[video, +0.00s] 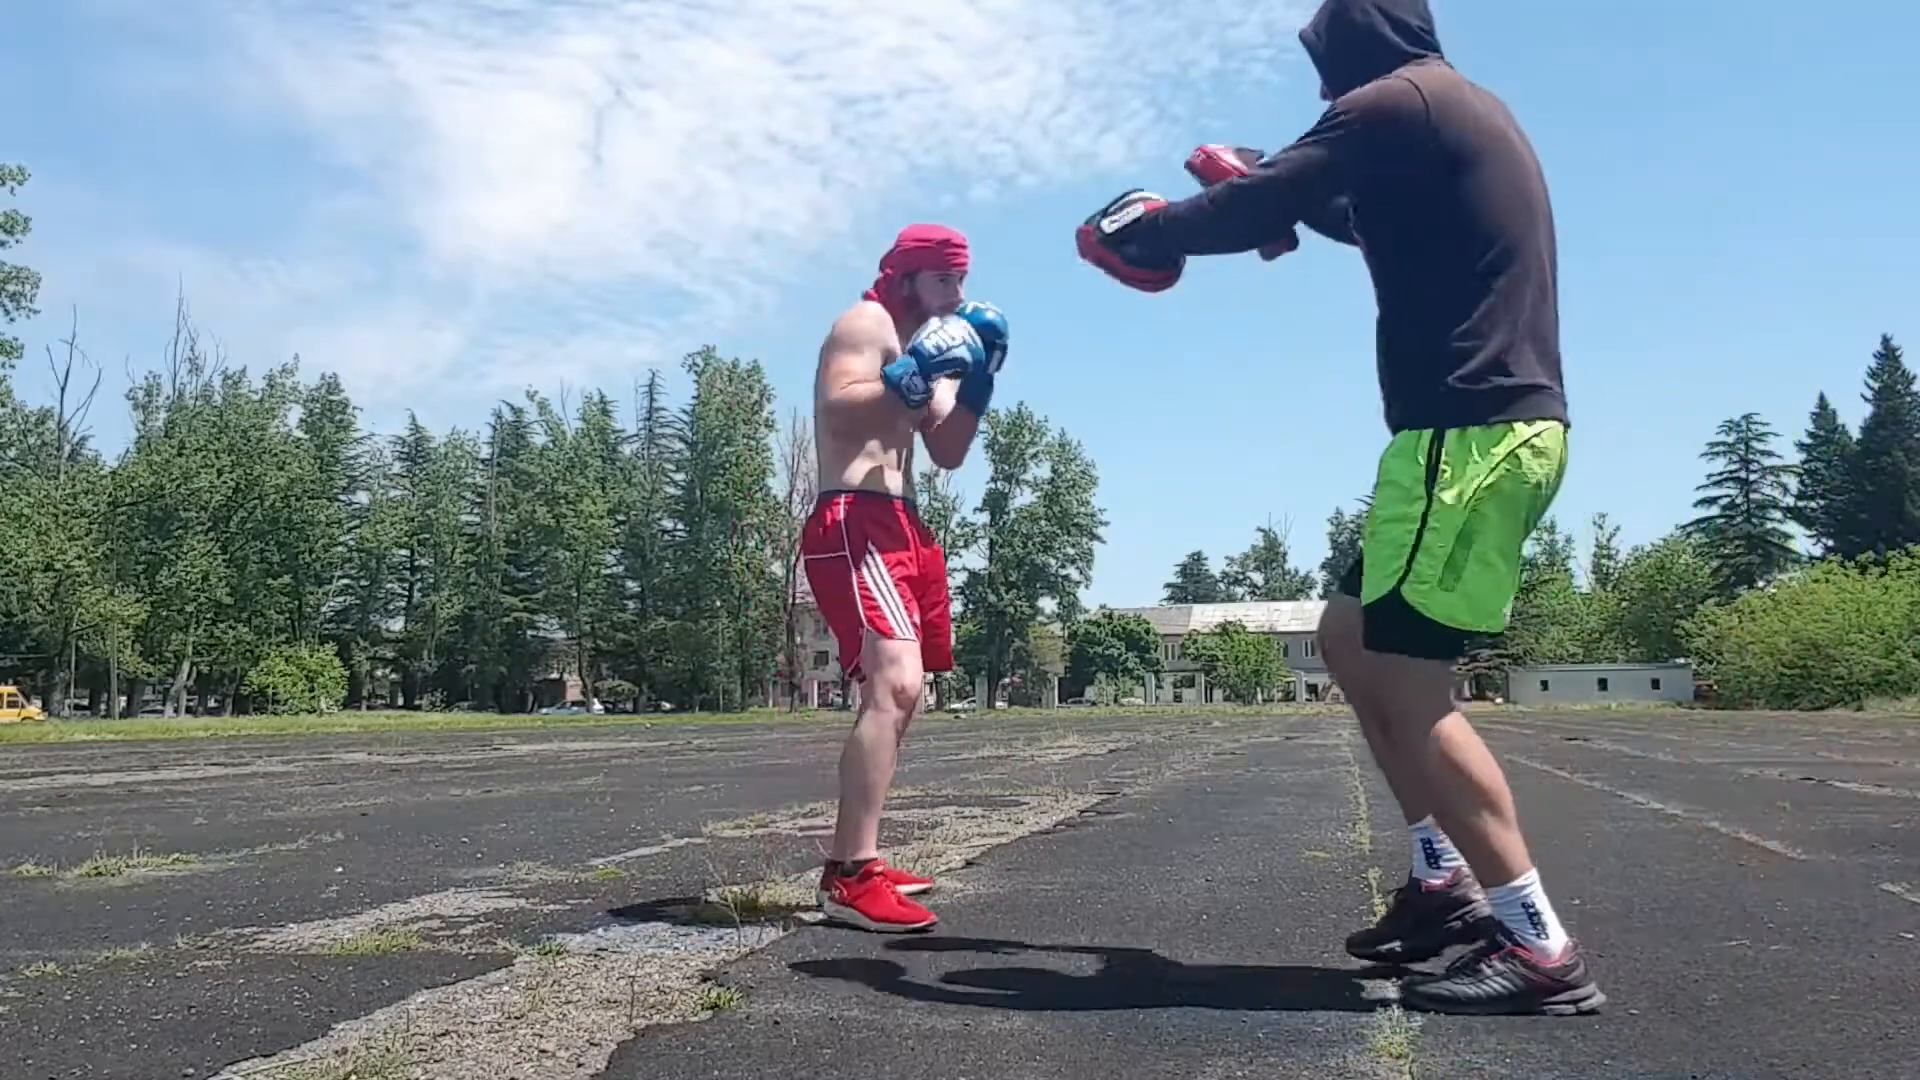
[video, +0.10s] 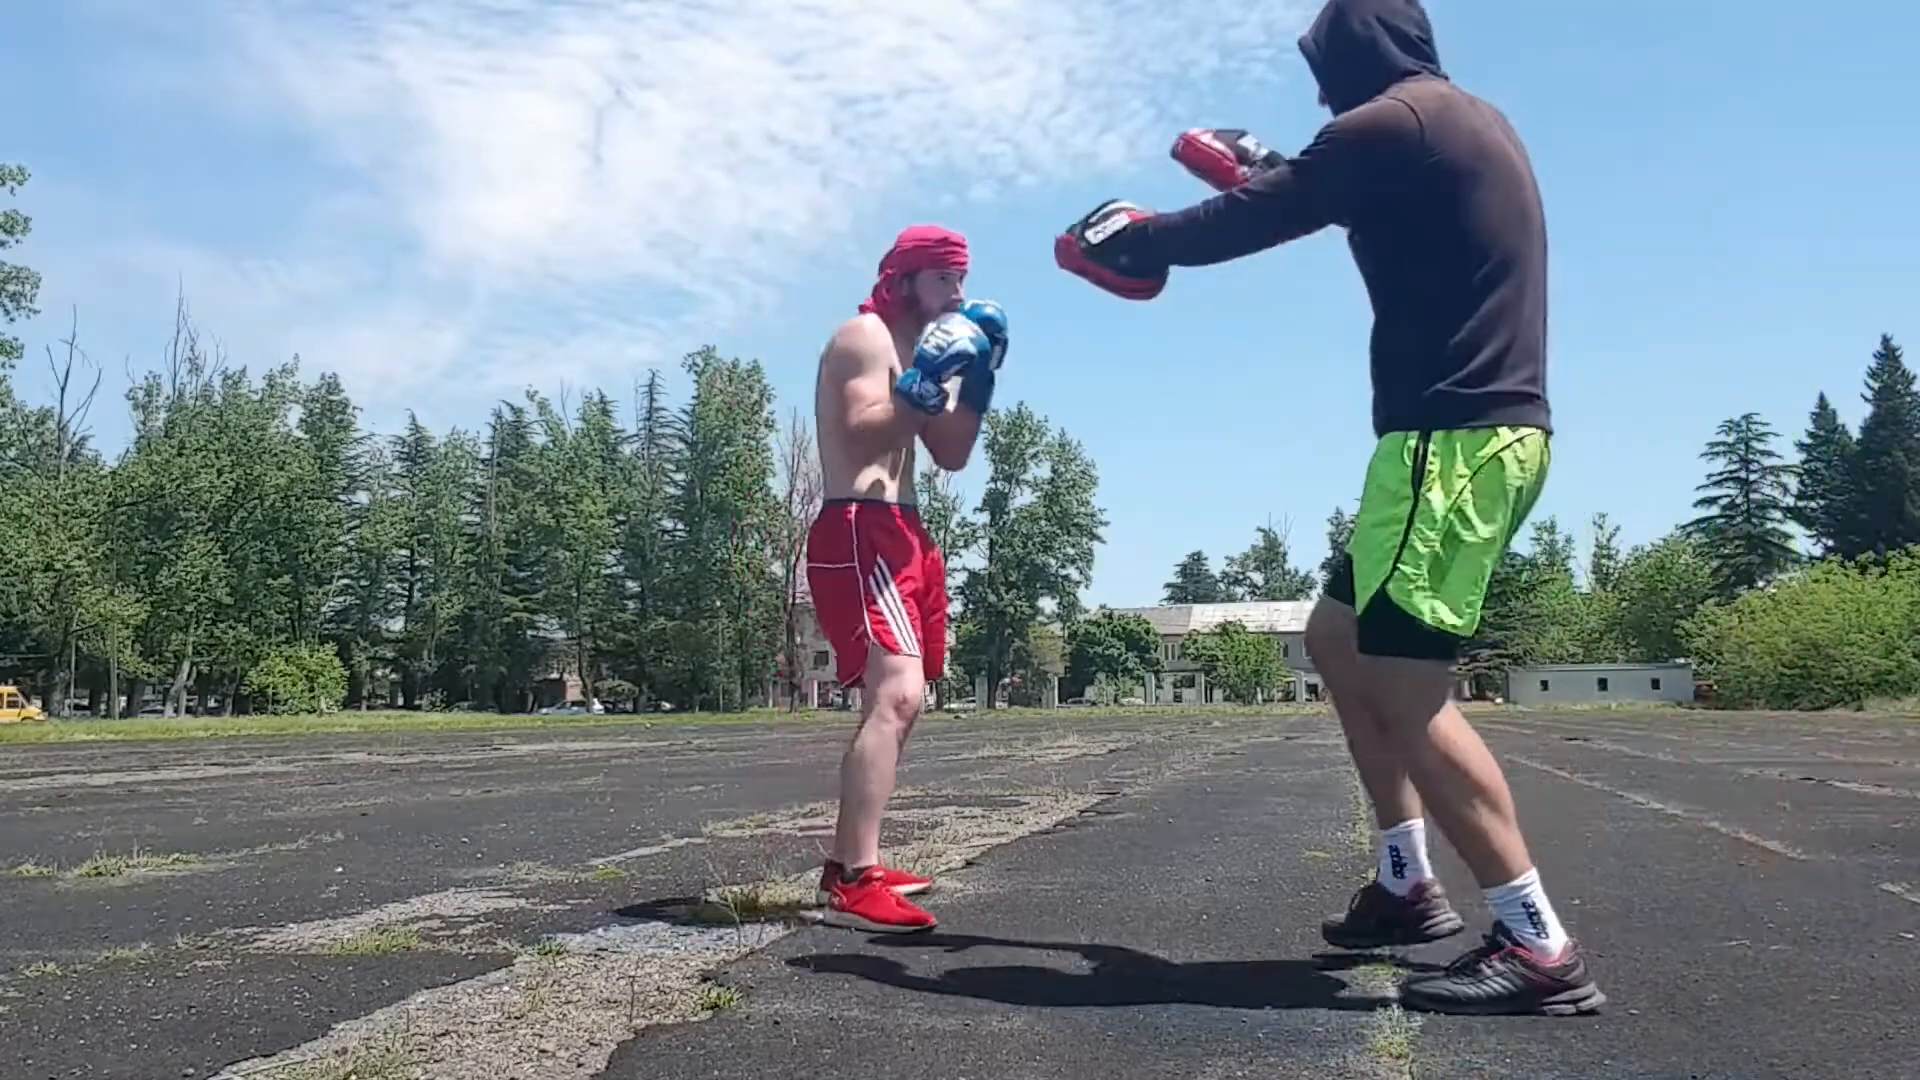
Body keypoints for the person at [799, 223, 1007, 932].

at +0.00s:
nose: (958, 292)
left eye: (961, 281)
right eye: (947, 278)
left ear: (947, 287)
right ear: (906, 275)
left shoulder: (927, 347)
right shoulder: (866, 320)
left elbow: (948, 451)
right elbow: (840, 400)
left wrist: (979, 376)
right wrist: (915, 379)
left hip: (901, 526)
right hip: (852, 520)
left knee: (909, 690)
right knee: (893, 683)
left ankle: (855, 857)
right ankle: (854, 869)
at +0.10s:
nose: (959, 292)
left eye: (961, 280)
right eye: (947, 277)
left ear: (941, 287)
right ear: (906, 278)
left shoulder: (916, 352)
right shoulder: (863, 335)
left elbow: (952, 451)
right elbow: (861, 430)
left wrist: (979, 373)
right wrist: (930, 382)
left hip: (903, 534)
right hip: (859, 531)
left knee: (902, 697)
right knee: (896, 693)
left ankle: (853, 858)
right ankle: (858, 872)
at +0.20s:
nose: (960, 289)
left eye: (962, 277)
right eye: (949, 275)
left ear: (933, 286)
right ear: (905, 277)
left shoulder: (927, 359)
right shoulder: (872, 332)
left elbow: (945, 453)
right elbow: (872, 431)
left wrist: (979, 377)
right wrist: (955, 395)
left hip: (899, 529)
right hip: (860, 527)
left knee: (908, 698)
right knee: (905, 693)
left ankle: (851, 860)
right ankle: (860, 870)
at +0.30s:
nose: (960, 294)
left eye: (962, 283)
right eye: (947, 281)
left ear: (945, 292)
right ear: (905, 284)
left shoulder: (933, 368)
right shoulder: (863, 340)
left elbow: (950, 463)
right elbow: (878, 429)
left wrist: (980, 389)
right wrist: (969, 419)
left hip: (895, 536)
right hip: (851, 532)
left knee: (912, 697)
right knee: (937, 667)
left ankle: (850, 859)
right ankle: (878, 841)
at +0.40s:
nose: (971, 296)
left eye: (974, 285)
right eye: (957, 282)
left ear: (965, 296)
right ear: (915, 286)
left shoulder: (946, 373)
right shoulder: (872, 341)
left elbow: (962, 473)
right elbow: (833, 433)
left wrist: (989, 394)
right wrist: (904, 427)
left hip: (897, 540)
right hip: (856, 535)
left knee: (901, 711)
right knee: (968, 629)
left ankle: (848, 861)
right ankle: (901, 803)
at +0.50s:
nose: (990, 276)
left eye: (992, 265)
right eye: (979, 261)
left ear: (964, 270)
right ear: (937, 258)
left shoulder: (926, 351)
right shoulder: (909, 296)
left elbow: (931, 456)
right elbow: (900, 341)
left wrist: (984, 386)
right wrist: (976, 311)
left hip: (867, 519)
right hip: (872, 511)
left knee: (884, 697)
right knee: (934, 667)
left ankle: (859, 852)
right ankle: (865, 845)